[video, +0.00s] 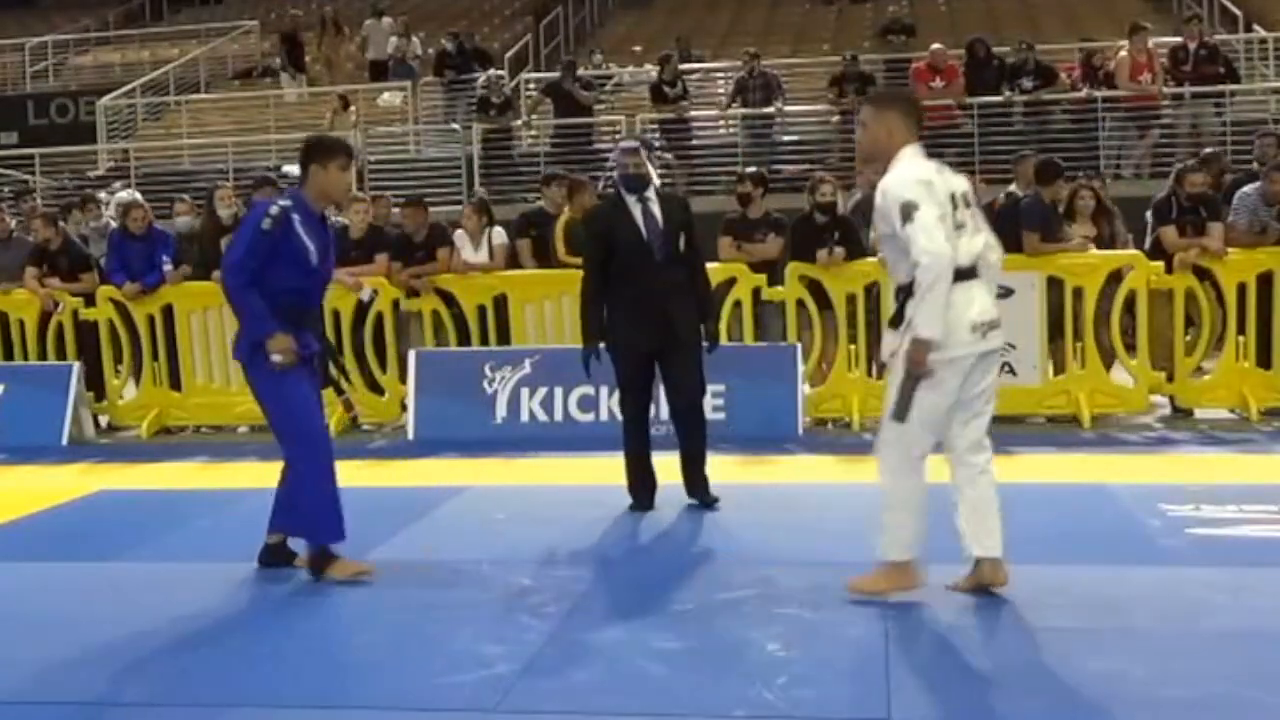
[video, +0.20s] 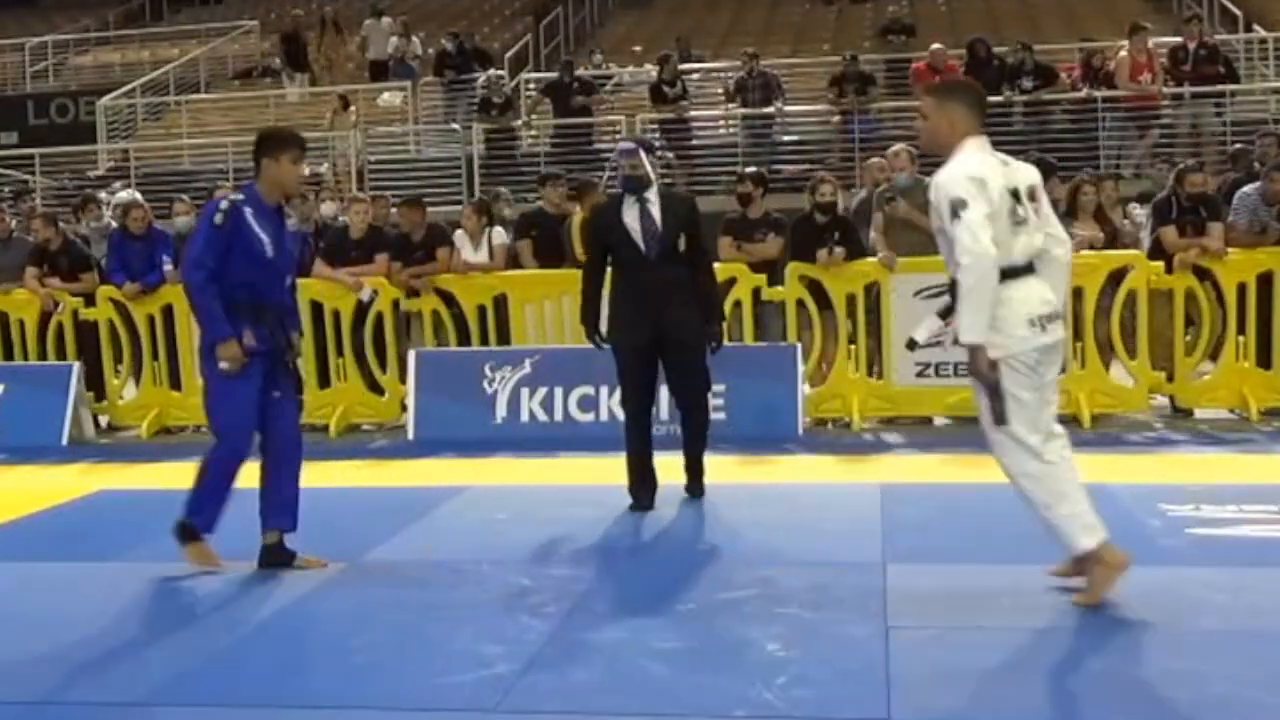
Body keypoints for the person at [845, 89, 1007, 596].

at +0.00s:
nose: (858, 136)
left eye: (865, 126)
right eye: (860, 126)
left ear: (890, 129)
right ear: (907, 130)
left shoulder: (900, 183)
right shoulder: (947, 176)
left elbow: (934, 256)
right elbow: (987, 252)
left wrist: (921, 335)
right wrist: (973, 307)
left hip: (942, 328)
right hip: (982, 324)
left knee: (899, 444)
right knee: (970, 444)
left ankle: (899, 562)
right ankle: (989, 558)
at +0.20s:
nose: (919, 127)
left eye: (924, 116)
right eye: (919, 116)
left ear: (951, 117)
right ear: (968, 117)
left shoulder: (953, 180)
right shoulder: (1020, 169)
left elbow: (979, 261)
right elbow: (1057, 245)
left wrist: (975, 341)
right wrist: (1051, 311)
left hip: (1004, 317)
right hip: (1044, 307)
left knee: (1013, 440)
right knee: (1043, 431)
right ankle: (1086, 544)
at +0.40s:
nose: (966, 131)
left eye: (974, 121)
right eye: (969, 120)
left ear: (999, 127)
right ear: (1015, 128)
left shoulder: (1010, 192)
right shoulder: (1054, 179)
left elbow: (1039, 280)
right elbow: (1094, 259)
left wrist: (1049, 360)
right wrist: (1095, 332)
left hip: (1042, 342)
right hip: (1083, 335)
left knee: (1056, 457)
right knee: (1107, 441)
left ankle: (1119, 572)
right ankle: (1173, 551)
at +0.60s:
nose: (981, 107)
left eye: (988, 96)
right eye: (984, 95)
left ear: (1013, 99)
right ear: (1037, 100)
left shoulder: (1027, 159)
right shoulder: (1078, 153)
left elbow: (1063, 240)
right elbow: (1113, 238)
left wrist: (1084, 317)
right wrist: (1108, 298)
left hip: (1062, 315)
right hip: (1103, 308)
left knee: (1076, 438)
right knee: (1106, 432)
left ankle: (1138, 562)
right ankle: (1150, 555)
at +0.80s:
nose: (998, 118)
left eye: (1005, 107)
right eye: (1000, 106)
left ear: (1032, 109)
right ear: (1052, 109)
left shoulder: (1049, 170)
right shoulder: (1089, 164)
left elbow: (1070, 260)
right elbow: (1121, 258)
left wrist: (1060, 341)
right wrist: (1123, 330)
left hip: (1085, 332)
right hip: (1112, 328)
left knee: (1090, 457)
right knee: (1108, 454)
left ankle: (1143, 579)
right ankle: (1145, 576)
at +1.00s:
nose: (1003, 104)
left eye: (1010, 93)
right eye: (1005, 93)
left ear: (1039, 96)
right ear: (1053, 96)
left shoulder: (1055, 158)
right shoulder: (1094, 151)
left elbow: (1069, 254)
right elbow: (1118, 247)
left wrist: (1053, 332)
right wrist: (1030, 301)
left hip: (1084, 320)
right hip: (1108, 314)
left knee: (1076, 440)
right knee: (1099, 437)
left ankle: (1135, 566)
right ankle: (1139, 562)